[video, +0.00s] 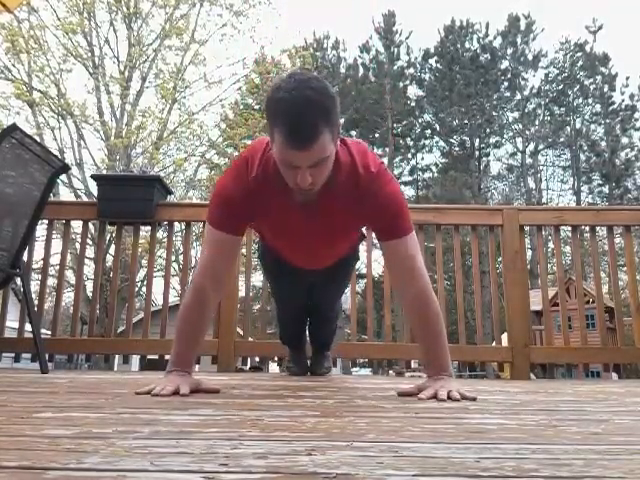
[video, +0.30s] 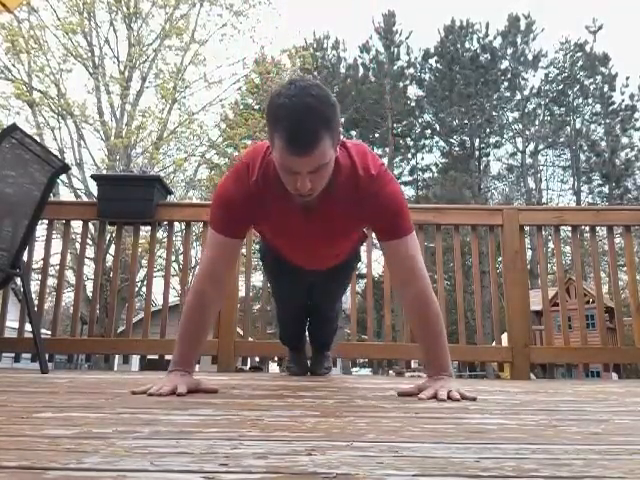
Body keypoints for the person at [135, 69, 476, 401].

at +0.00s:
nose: (303, 179)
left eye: (317, 165)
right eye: (290, 166)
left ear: (337, 139)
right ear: (271, 143)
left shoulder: (371, 181)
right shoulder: (241, 182)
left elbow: (414, 283)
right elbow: (206, 281)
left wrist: (440, 375)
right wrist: (179, 370)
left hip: (338, 252)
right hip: (280, 250)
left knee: (325, 313)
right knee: (290, 316)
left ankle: (321, 354)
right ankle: (295, 356)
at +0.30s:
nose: (303, 184)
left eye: (316, 170)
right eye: (290, 171)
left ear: (337, 145)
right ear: (271, 149)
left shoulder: (371, 182)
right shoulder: (241, 184)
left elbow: (412, 282)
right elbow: (208, 282)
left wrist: (439, 375)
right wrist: (180, 370)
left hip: (339, 252)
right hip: (281, 250)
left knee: (326, 313)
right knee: (290, 313)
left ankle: (322, 353)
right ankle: (294, 353)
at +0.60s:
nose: (305, 187)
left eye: (318, 173)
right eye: (292, 175)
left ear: (339, 148)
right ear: (272, 152)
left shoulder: (373, 184)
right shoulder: (243, 185)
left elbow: (413, 282)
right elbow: (193, 282)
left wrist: (439, 375)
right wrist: (169, 371)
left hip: (342, 252)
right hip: (282, 249)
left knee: (326, 315)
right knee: (291, 314)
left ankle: (322, 354)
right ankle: (295, 354)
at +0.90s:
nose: (300, 191)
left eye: (313, 177)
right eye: (286, 178)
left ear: (334, 153)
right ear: (267, 156)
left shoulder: (369, 185)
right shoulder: (239, 189)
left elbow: (414, 286)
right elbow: (199, 284)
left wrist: (440, 376)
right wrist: (170, 370)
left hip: (339, 257)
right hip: (280, 255)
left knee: (324, 317)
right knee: (290, 318)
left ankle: (321, 352)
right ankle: (294, 353)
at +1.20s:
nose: (299, 182)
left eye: (312, 168)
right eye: (286, 168)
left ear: (334, 143)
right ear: (268, 147)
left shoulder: (368, 180)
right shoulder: (238, 184)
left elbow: (407, 283)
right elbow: (203, 282)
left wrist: (440, 375)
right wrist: (170, 370)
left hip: (338, 251)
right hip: (279, 249)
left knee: (325, 313)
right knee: (290, 314)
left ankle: (322, 355)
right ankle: (294, 354)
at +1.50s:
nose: (299, 177)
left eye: (313, 163)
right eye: (286, 163)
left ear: (334, 139)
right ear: (268, 141)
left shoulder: (370, 184)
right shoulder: (237, 185)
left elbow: (417, 285)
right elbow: (197, 285)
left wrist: (441, 375)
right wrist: (169, 370)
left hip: (339, 257)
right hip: (280, 255)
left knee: (327, 314)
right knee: (291, 314)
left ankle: (324, 354)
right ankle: (296, 351)